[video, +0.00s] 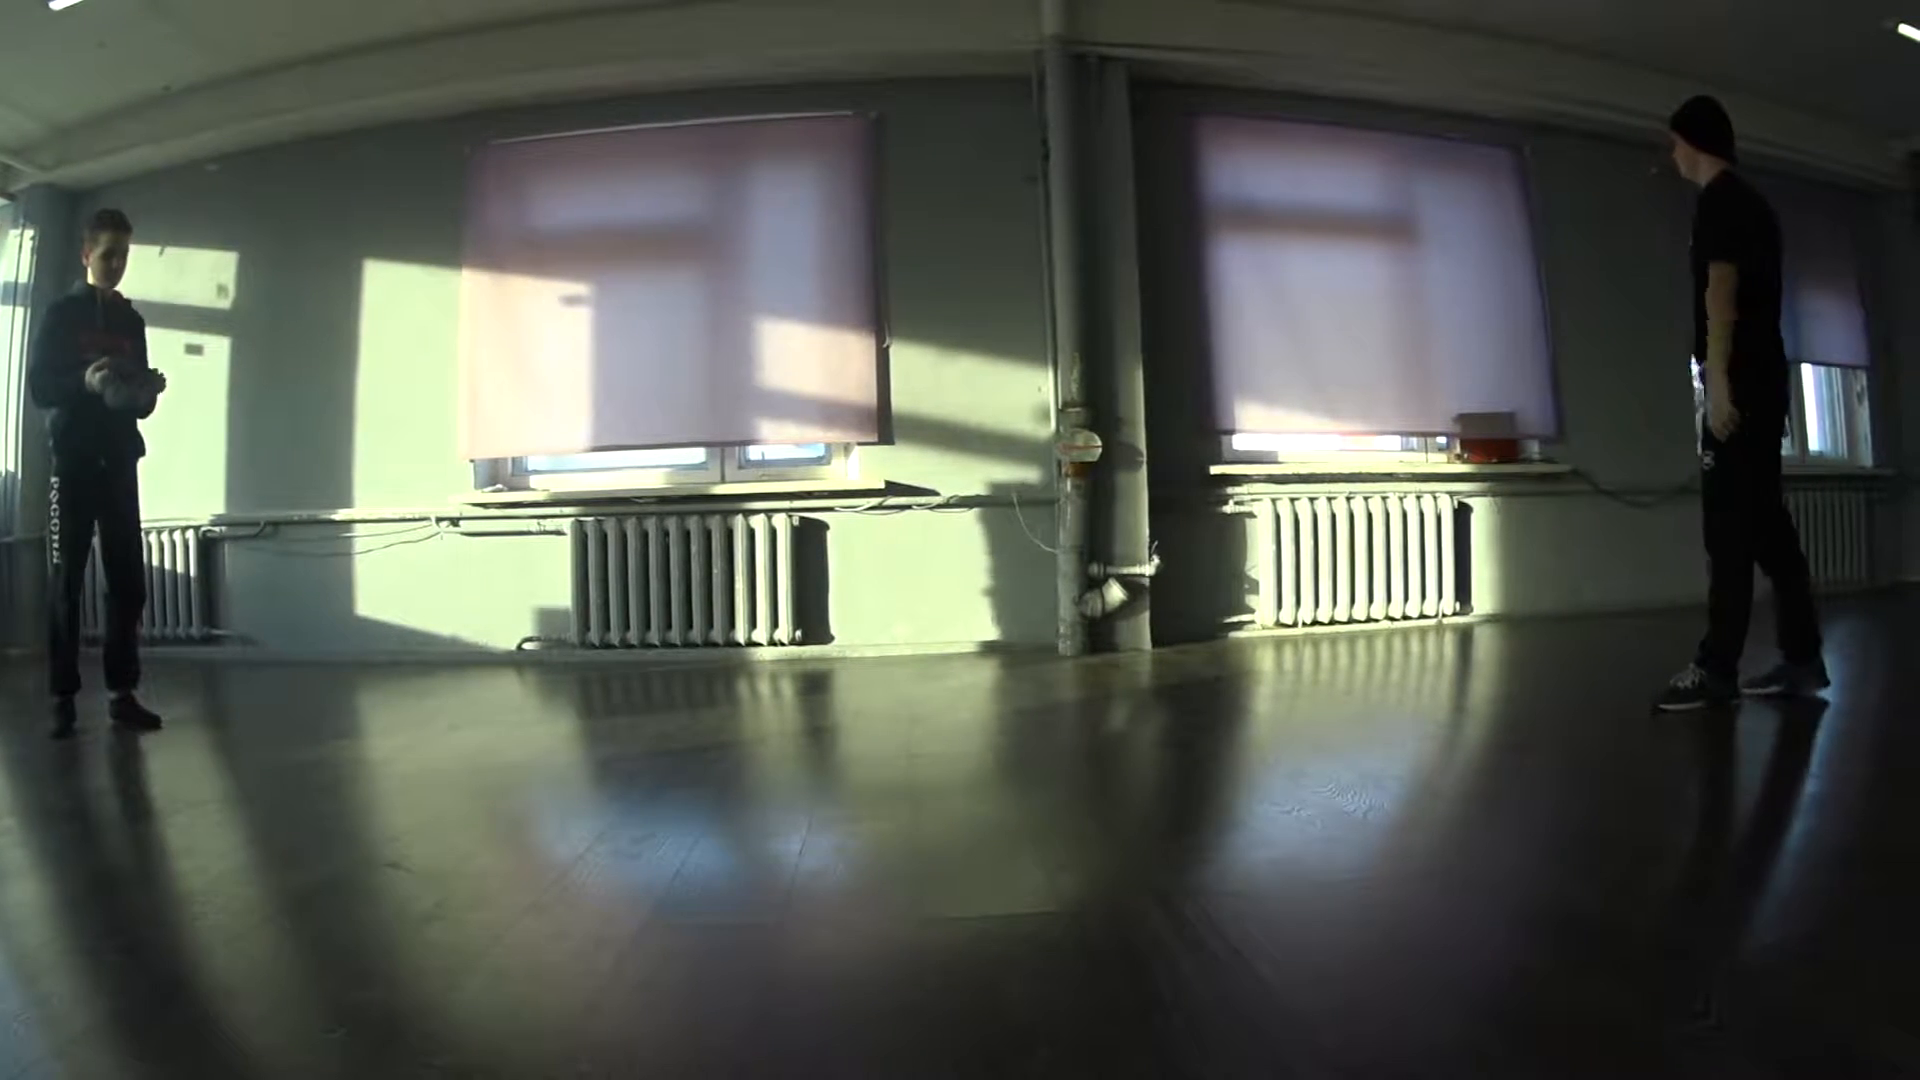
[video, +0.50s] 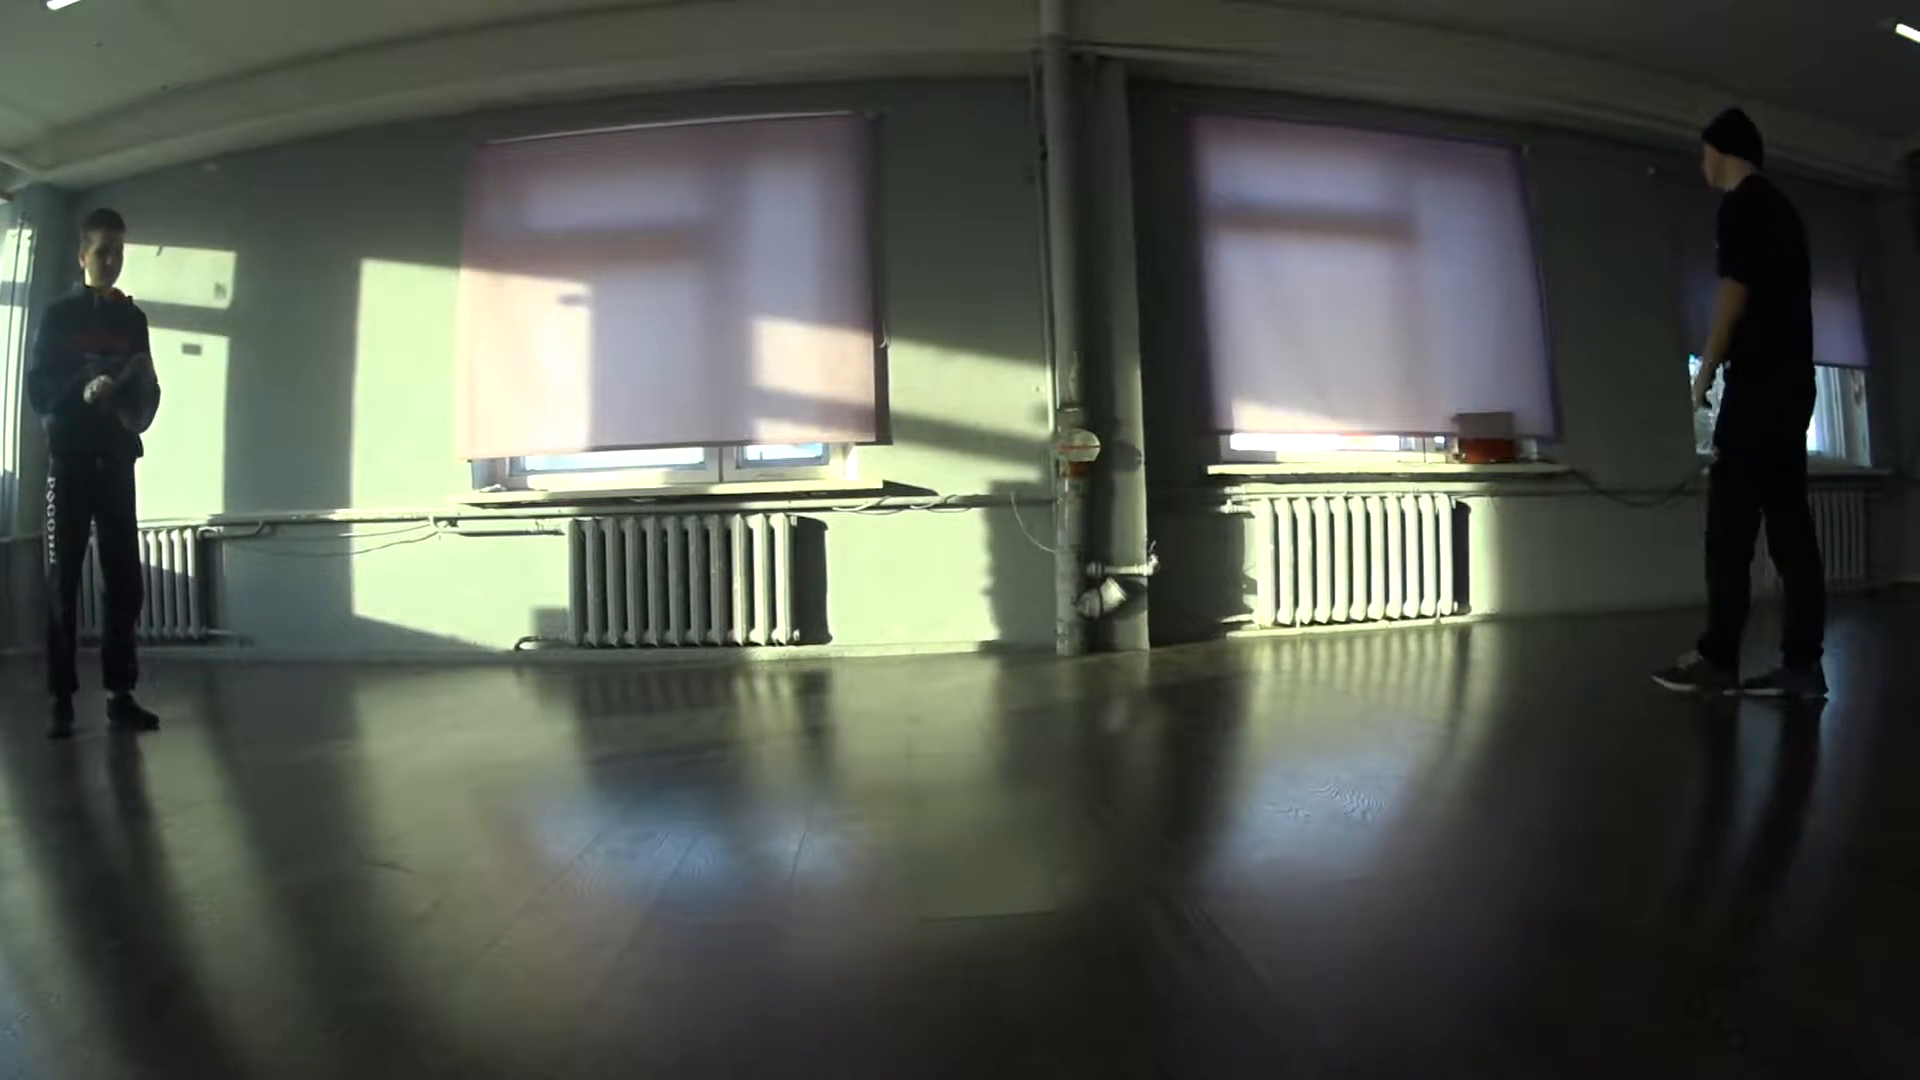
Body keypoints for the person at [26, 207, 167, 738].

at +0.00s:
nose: (117, 262)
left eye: (123, 253)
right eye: (109, 252)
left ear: (130, 257)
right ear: (86, 253)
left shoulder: (131, 318)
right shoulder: (62, 310)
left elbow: (145, 398)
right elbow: (39, 391)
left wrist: (143, 394)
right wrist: (85, 380)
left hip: (119, 454)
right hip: (74, 454)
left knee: (127, 576)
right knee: (68, 576)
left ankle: (123, 696)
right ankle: (64, 698)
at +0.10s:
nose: (117, 262)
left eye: (122, 253)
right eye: (108, 252)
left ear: (128, 256)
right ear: (86, 253)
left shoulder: (131, 317)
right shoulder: (60, 311)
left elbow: (143, 397)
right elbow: (37, 392)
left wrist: (142, 386)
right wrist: (82, 384)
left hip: (119, 457)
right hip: (73, 458)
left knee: (128, 579)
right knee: (69, 577)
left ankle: (122, 696)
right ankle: (63, 700)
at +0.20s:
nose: (114, 261)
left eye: (120, 252)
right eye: (106, 252)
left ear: (127, 255)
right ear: (84, 253)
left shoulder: (132, 315)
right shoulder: (60, 311)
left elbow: (144, 393)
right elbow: (38, 393)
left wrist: (144, 389)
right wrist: (81, 387)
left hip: (117, 457)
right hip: (71, 459)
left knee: (127, 578)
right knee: (68, 578)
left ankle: (122, 697)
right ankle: (63, 700)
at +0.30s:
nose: (112, 261)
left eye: (118, 252)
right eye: (103, 251)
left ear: (125, 255)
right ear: (82, 254)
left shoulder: (133, 315)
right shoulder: (60, 314)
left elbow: (148, 390)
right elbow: (38, 392)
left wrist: (138, 401)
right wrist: (81, 388)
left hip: (116, 458)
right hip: (71, 459)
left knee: (126, 577)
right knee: (67, 578)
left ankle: (122, 696)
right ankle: (62, 699)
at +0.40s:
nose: (110, 259)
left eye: (117, 251)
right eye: (102, 250)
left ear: (124, 255)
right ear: (81, 253)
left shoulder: (134, 315)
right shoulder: (60, 313)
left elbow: (149, 388)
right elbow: (38, 394)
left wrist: (133, 415)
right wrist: (80, 388)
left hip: (116, 458)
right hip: (70, 458)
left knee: (125, 576)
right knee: (65, 577)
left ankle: (121, 696)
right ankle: (62, 699)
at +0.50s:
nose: (111, 259)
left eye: (117, 250)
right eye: (102, 250)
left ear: (124, 254)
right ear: (82, 253)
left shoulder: (132, 315)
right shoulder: (59, 312)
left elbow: (148, 388)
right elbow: (38, 392)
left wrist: (130, 411)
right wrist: (81, 389)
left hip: (116, 457)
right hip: (70, 457)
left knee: (124, 576)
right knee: (64, 576)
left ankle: (121, 696)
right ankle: (62, 699)